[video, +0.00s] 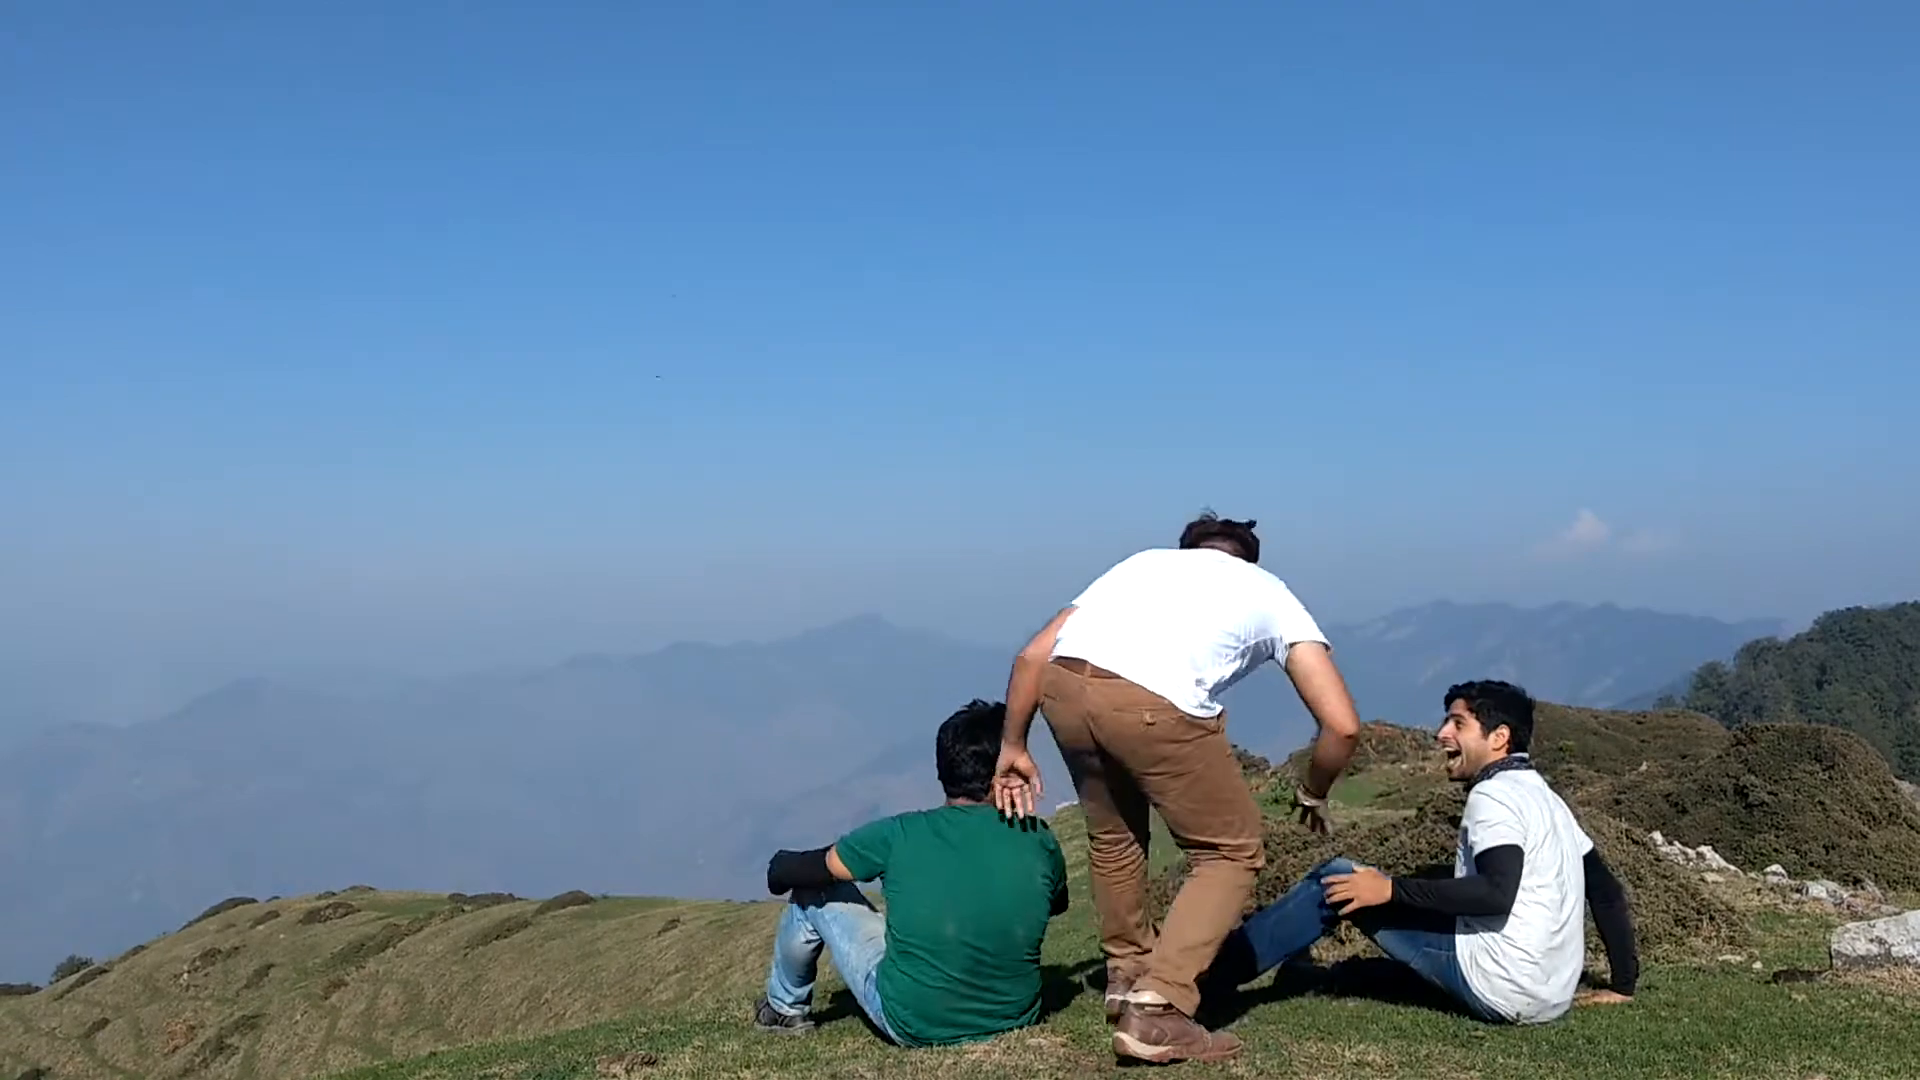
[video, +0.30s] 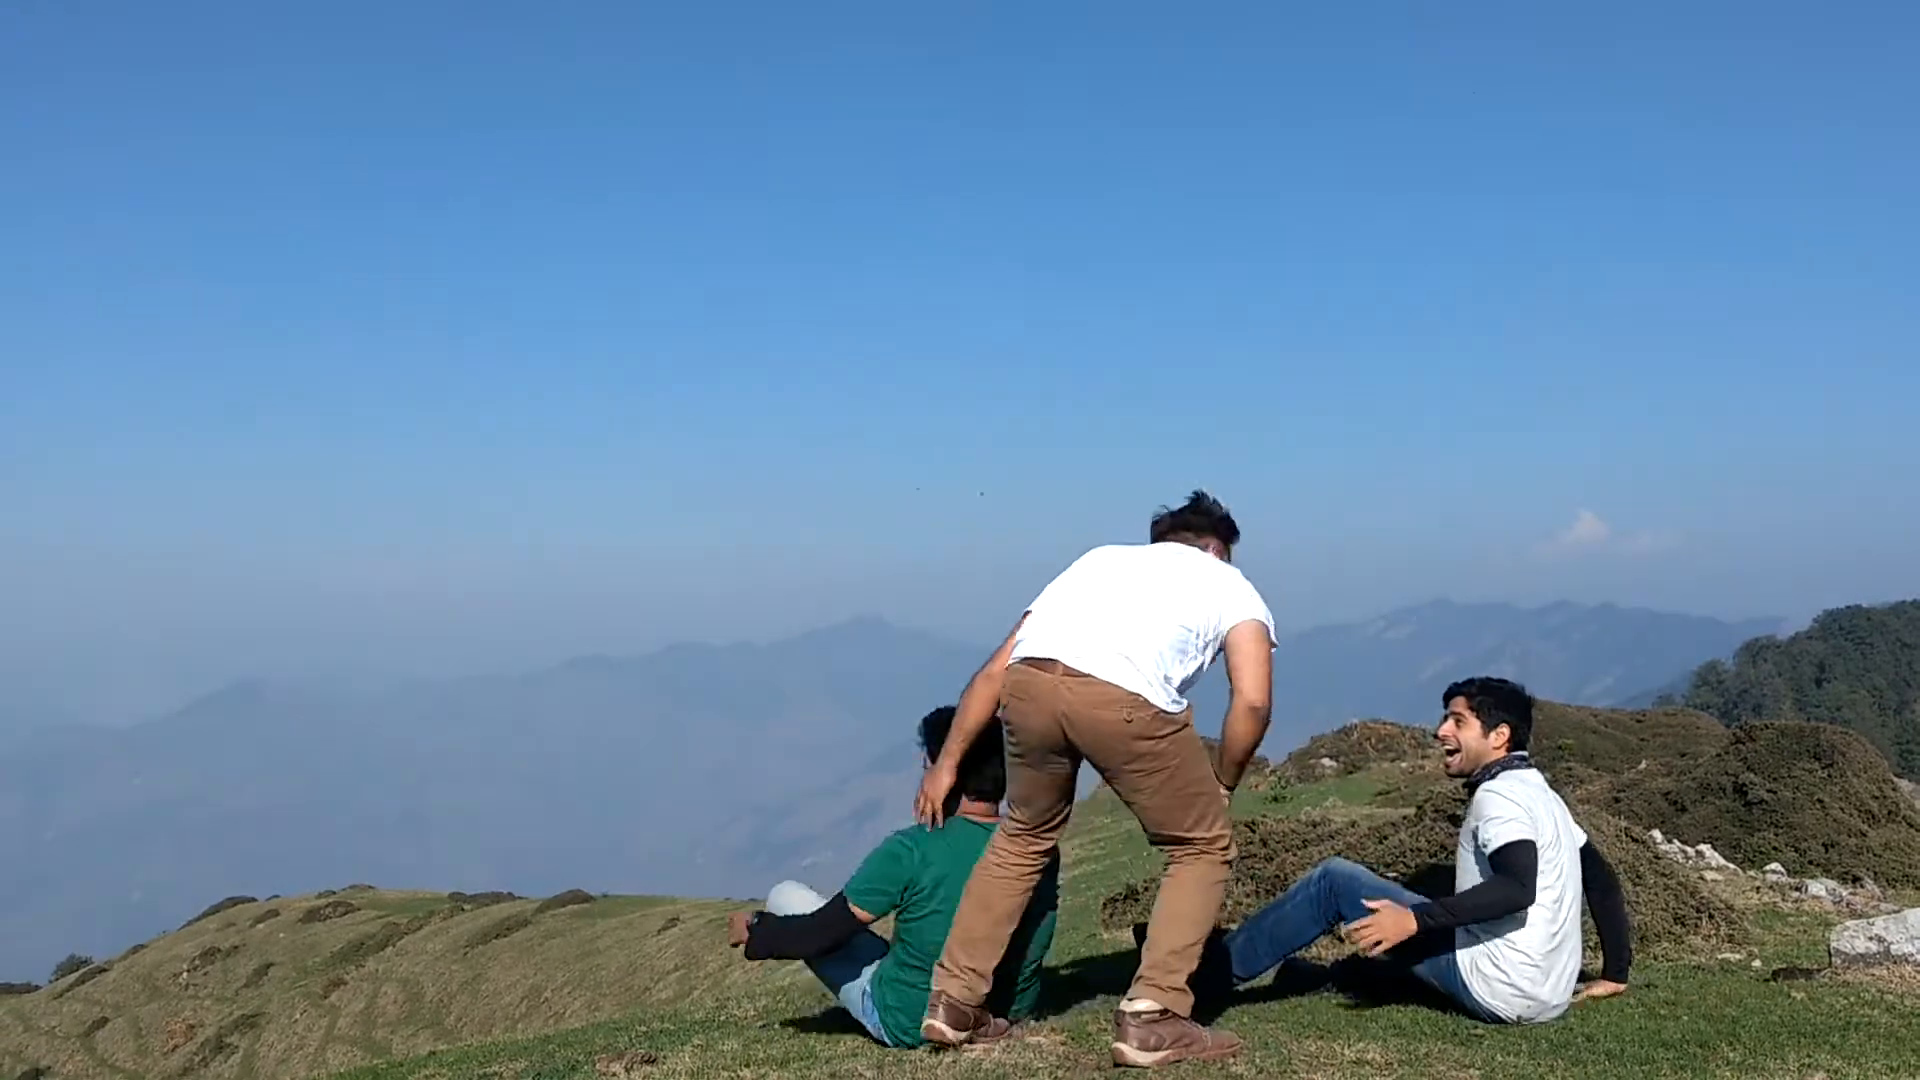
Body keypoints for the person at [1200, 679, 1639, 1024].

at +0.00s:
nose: (1442, 734)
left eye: (1457, 723)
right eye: (1446, 721)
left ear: (1500, 739)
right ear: (1504, 745)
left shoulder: (1493, 795)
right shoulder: (1548, 797)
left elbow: (1496, 893)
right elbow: (1608, 894)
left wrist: (1391, 890)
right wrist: (1626, 984)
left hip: (1498, 986)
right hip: (1549, 995)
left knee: (1337, 877)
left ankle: (1204, 978)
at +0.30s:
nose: (1443, 733)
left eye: (1458, 722)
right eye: (1445, 720)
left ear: (1501, 737)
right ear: (1503, 742)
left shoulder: (1497, 796)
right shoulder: (1544, 794)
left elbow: (1516, 889)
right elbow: (1601, 881)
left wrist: (1418, 920)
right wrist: (1618, 974)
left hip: (1498, 989)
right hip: (1546, 993)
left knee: (1334, 879)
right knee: (1433, 901)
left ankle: (1207, 975)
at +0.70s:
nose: (1455, 714)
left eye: (1470, 702)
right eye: (1459, 701)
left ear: (1513, 715)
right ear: (1517, 717)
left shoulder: (1506, 784)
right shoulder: (1565, 773)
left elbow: (1526, 895)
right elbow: (1589, 881)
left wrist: (1512, 1008)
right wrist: (1590, 972)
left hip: (1503, 965)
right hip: (1551, 968)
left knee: (1342, 880)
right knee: (1464, 876)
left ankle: (1215, 979)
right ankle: (1348, 968)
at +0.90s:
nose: (1460, 718)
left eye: (1475, 707)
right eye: (1463, 705)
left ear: (1519, 718)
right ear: (1520, 720)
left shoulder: (1517, 788)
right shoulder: (1563, 772)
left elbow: (1533, 901)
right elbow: (1589, 880)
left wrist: (1512, 1013)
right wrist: (1591, 975)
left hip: (1516, 970)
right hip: (1557, 963)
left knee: (1353, 898)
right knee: (1455, 869)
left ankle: (1219, 983)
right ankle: (1348, 967)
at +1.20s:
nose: (1476, 713)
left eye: (1491, 702)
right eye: (1479, 701)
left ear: (1536, 714)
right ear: (1535, 716)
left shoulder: (1530, 790)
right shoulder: (1573, 772)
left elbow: (1537, 902)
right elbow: (1593, 881)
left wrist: (1513, 1013)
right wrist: (1592, 975)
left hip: (1512, 967)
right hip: (1552, 961)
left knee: (1355, 900)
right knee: (1448, 862)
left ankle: (1221, 982)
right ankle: (1345, 967)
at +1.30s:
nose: (1479, 713)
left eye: (1494, 702)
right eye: (1481, 701)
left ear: (1539, 715)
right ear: (1538, 717)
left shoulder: (1533, 791)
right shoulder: (1575, 774)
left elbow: (1538, 903)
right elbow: (1593, 882)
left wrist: (1513, 1013)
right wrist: (1592, 974)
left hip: (1512, 967)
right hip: (1551, 961)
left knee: (1355, 900)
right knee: (1448, 862)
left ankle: (1220, 982)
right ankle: (1345, 967)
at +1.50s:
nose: (1480, 718)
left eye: (1495, 706)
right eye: (1481, 705)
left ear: (1539, 718)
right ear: (1537, 720)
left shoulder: (1534, 792)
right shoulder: (1572, 775)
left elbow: (1540, 904)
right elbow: (1591, 883)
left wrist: (1513, 1013)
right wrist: (1592, 976)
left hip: (1516, 971)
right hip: (1555, 966)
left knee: (1360, 907)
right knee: (1457, 868)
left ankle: (1218, 983)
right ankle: (1349, 966)